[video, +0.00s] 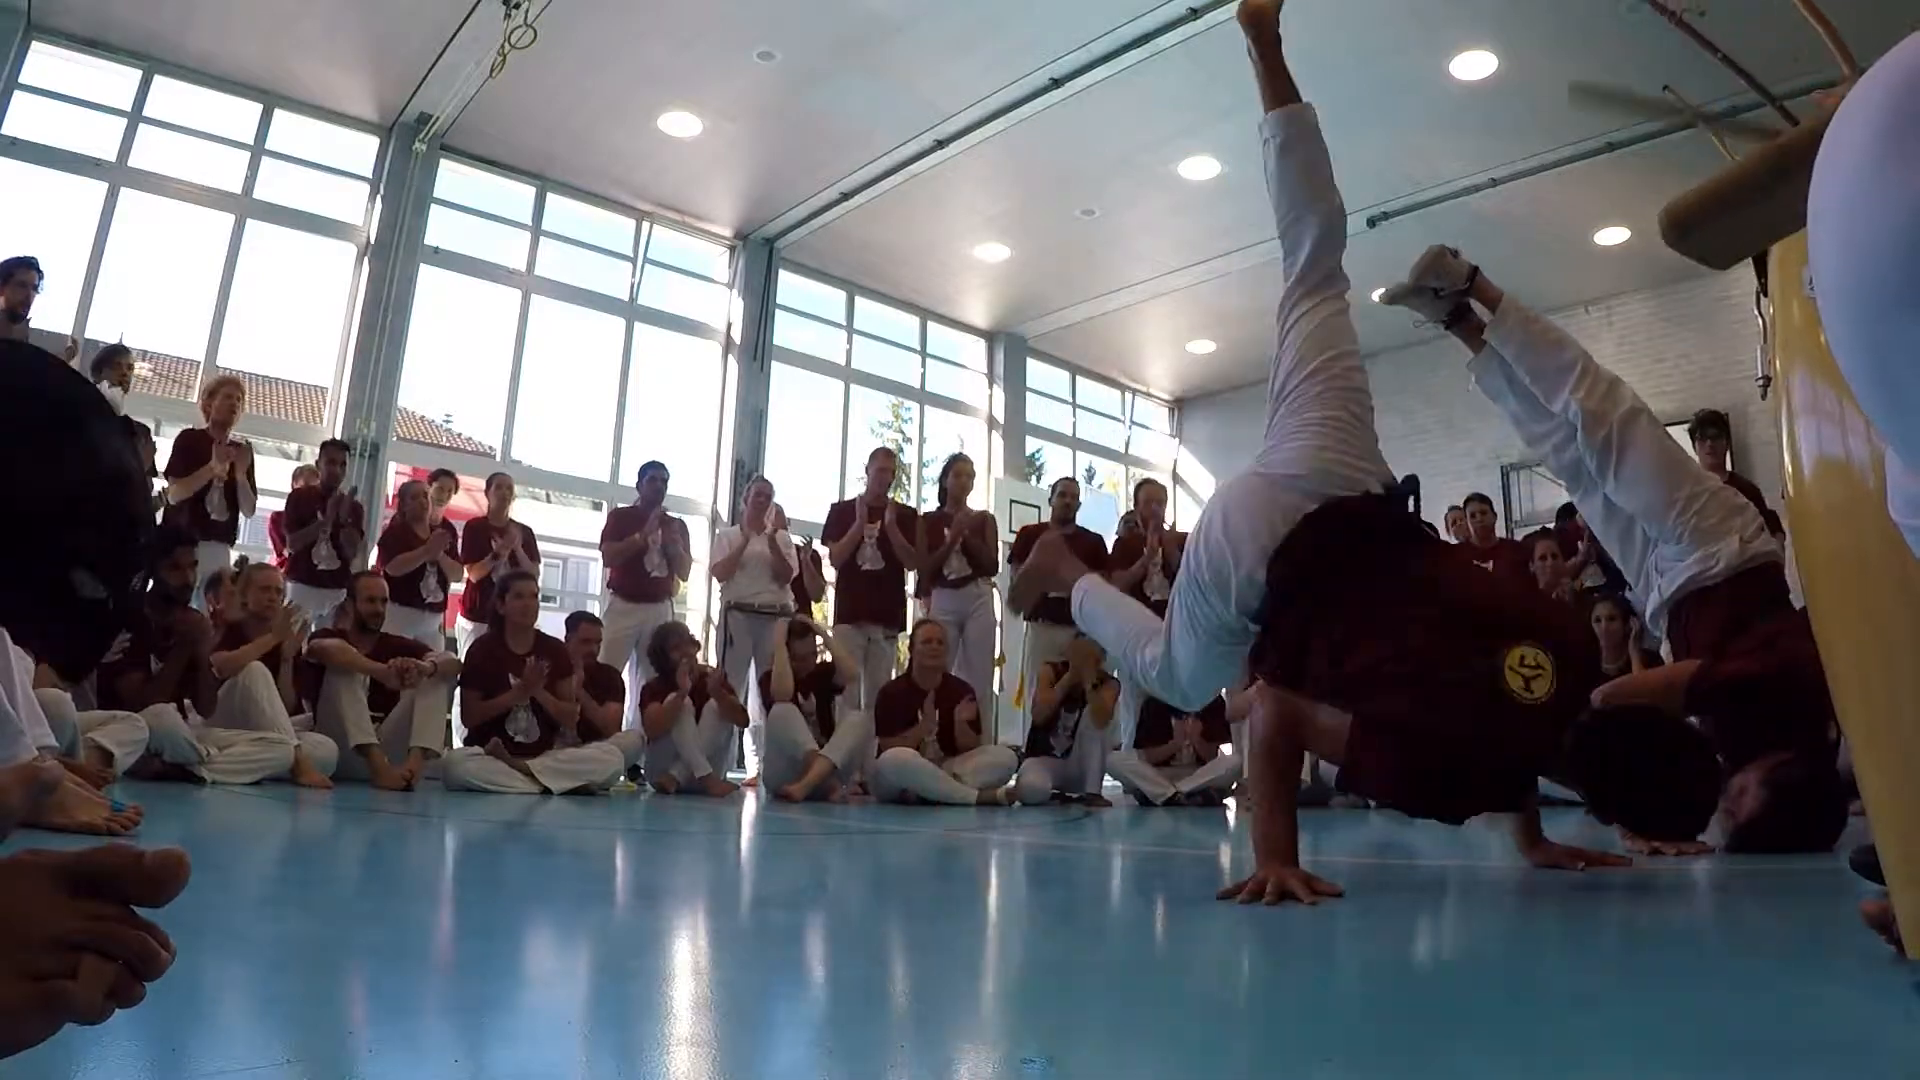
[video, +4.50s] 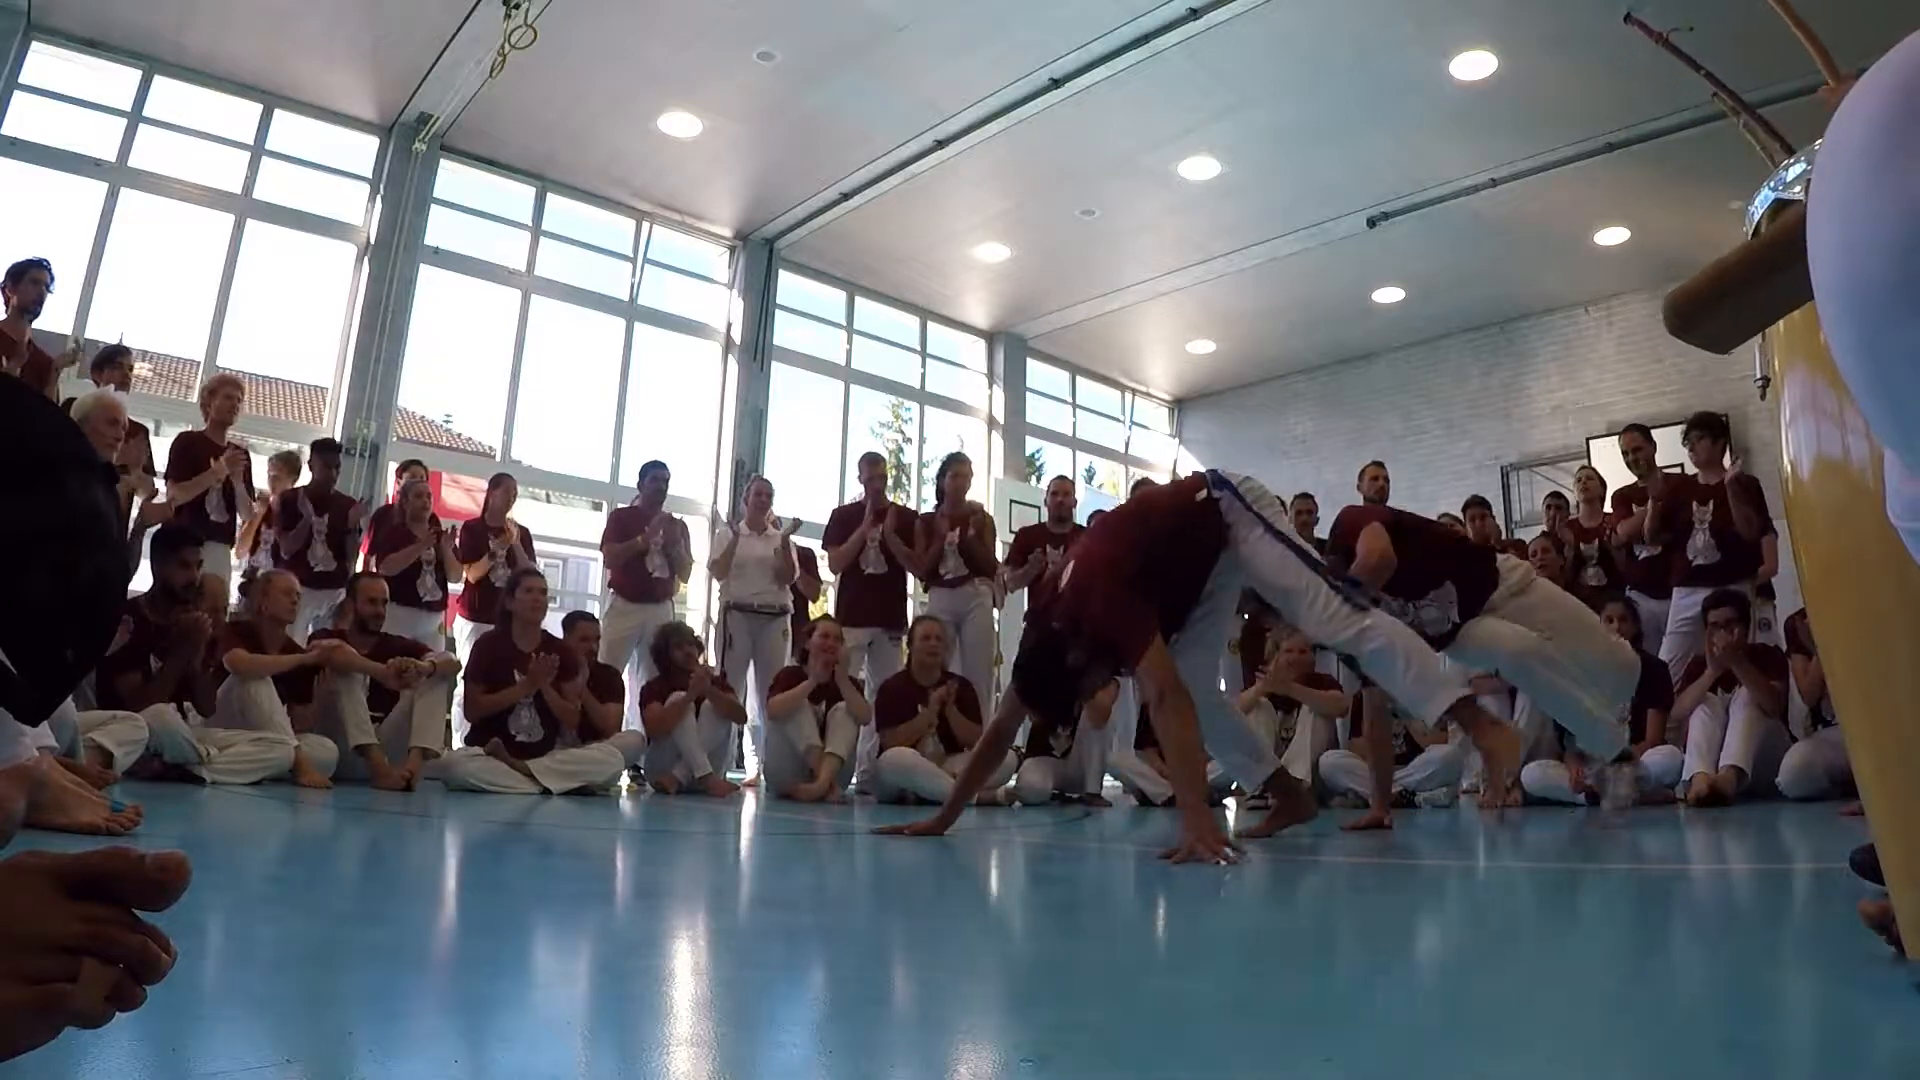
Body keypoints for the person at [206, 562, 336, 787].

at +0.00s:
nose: (272, 597)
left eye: (278, 591)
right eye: (264, 590)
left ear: (283, 597)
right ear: (245, 594)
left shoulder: (287, 640)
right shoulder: (229, 630)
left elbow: (288, 707)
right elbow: (220, 667)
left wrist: (288, 657)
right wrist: (273, 638)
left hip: (269, 732)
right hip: (224, 723)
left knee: (326, 751)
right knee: (254, 671)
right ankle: (298, 761)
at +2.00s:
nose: (274, 597)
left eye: (279, 591)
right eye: (266, 589)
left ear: (284, 597)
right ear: (246, 595)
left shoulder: (291, 646)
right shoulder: (224, 630)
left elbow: (293, 711)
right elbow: (222, 666)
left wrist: (279, 664)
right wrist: (278, 637)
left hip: (273, 733)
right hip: (224, 726)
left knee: (326, 752)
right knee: (253, 671)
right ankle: (298, 762)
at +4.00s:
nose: (276, 597)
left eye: (280, 591)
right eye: (268, 590)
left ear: (285, 597)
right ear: (244, 599)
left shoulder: (286, 645)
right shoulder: (226, 629)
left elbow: (291, 711)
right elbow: (222, 662)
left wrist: (301, 660)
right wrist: (281, 642)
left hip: (268, 733)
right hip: (222, 725)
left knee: (327, 751)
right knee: (253, 671)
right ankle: (298, 761)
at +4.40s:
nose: (291, 599)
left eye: (294, 594)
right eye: (283, 591)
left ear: (297, 600)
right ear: (257, 599)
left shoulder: (295, 650)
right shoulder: (234, 629)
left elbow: (302, 720)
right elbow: (236, 659)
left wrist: (314, 675)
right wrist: (302, 658)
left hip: (270, 734)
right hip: (224, 726)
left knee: (327, 752)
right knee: (253, 674)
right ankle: (299, 762)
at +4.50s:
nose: (295, 601)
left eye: (298, 596)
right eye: (287, 594)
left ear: (301, 601)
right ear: (262, 600)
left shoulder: (298, 654)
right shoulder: (233, 631)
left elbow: (301, 724)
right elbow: (239, 665)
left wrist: (322, 694)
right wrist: (305, 658)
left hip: (269, 736)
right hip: (222, 727)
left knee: (326, 753)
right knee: (253, 678)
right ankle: (298, 762)